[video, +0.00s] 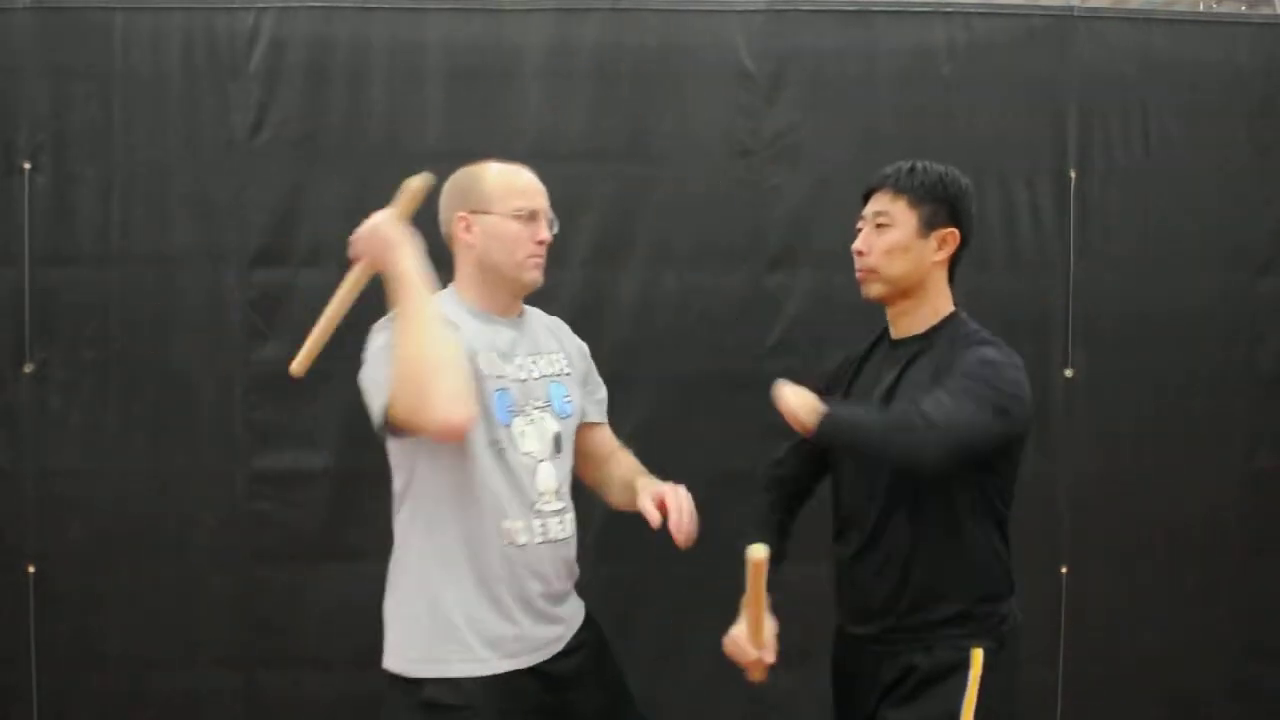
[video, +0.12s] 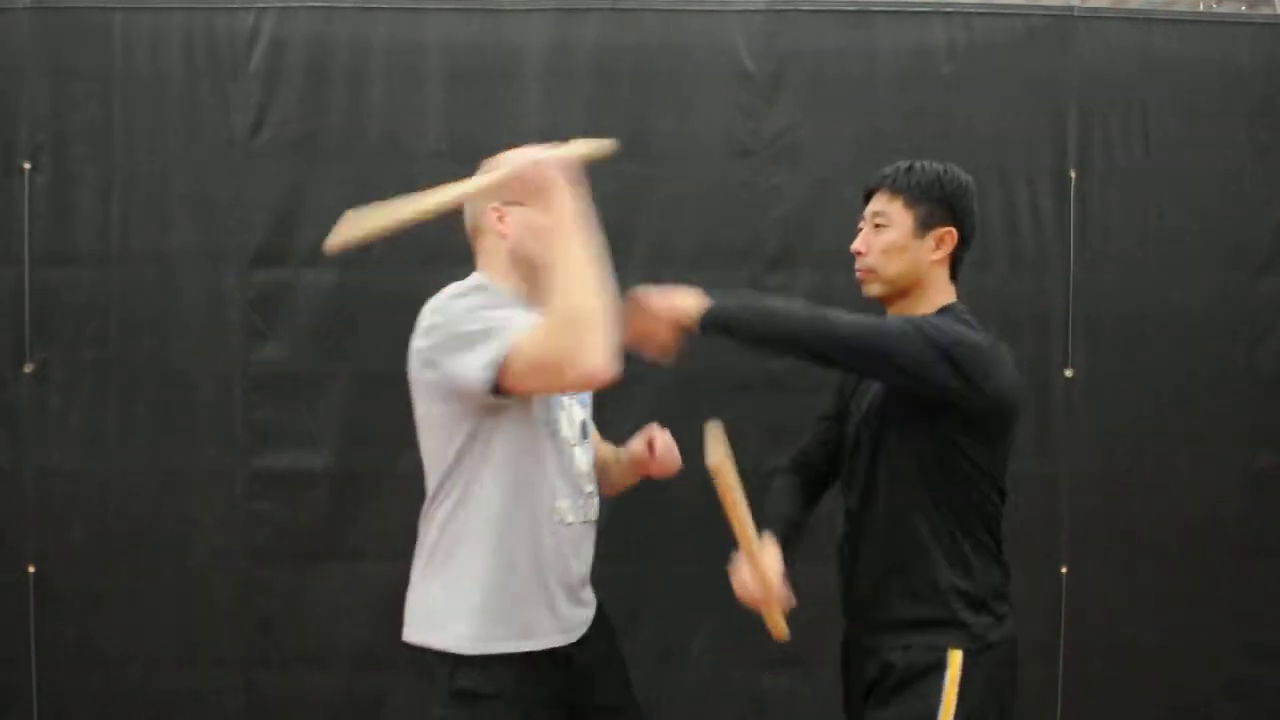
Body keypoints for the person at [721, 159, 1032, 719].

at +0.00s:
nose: (858, 245)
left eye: (881, 227)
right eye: (860, 229)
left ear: (942, 244)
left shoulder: (991, 369)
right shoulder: (855, 371)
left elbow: (929, 438)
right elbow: (782, 483)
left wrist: (825, 420)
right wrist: (756, 598)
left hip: (955, 654)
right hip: (863, 651)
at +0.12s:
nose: (857, 246)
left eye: (879, 227)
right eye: (862, 228)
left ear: (941, 243)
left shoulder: (968, 354)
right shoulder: (879, 361)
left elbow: (832, 332)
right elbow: (805, 469)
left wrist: (702, 308)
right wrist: (768, 540)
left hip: (950, 654)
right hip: (876, 648)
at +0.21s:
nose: (855, 244)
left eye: (878, 226)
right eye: (862, 226)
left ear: (939, 243)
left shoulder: (961, 350)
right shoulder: (890, 354)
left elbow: (818, 319)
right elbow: (814, 427)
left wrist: (705, 280)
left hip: (939, 649)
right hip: (885, 643)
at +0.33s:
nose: (859, 245)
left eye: (877, 227)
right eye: (867, 226)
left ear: (934, 246)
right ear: (930, 248)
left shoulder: (944, 348)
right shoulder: (925, 344)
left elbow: (777, 362)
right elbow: (784, 390)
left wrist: (791, 257)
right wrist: (744, 270)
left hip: (911, 647)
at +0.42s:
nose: (861, 250)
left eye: (876, 231)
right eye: (868, 231)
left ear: (927, 251)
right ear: (928, 252)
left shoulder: (931, 358)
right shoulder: (969, 345)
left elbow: (753, 400)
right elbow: (809, 378)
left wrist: (795, 327)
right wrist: (786, 276)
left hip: (896, 652)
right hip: (943, 641)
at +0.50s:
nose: (861, 248)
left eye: (872, 233)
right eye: (867, 232)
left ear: (918, 253)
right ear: (924, 255)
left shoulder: (894, 368)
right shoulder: (988, 358)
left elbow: (737, 451)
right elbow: (840, 411)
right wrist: (836, 283)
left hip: (883, 658)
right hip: (964, 645)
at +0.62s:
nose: (848, 253)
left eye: (860, 237)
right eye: (854, 236)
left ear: (906, 255)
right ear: (915, 257)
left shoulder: (871, 373)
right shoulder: (994, 370)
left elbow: (738, 478)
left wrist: (709, 419)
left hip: (887, 661)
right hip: (973, 648)